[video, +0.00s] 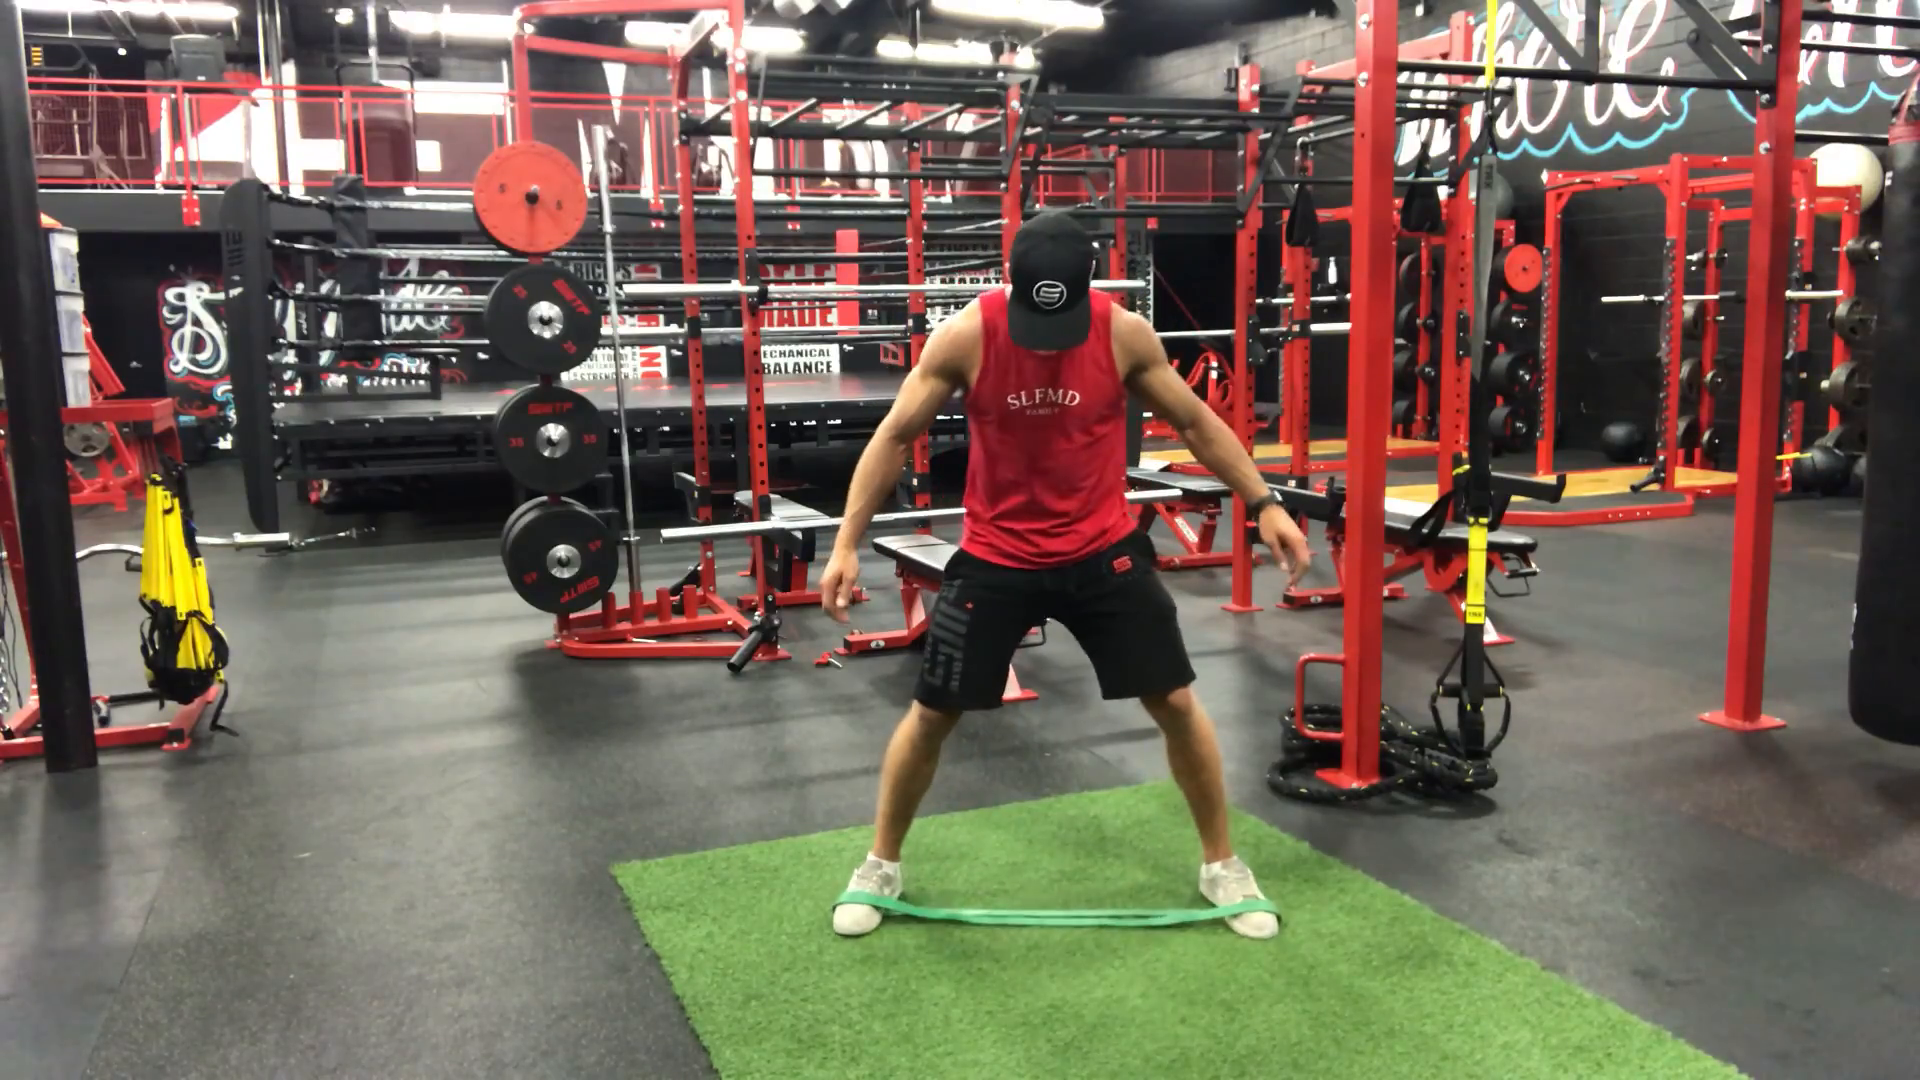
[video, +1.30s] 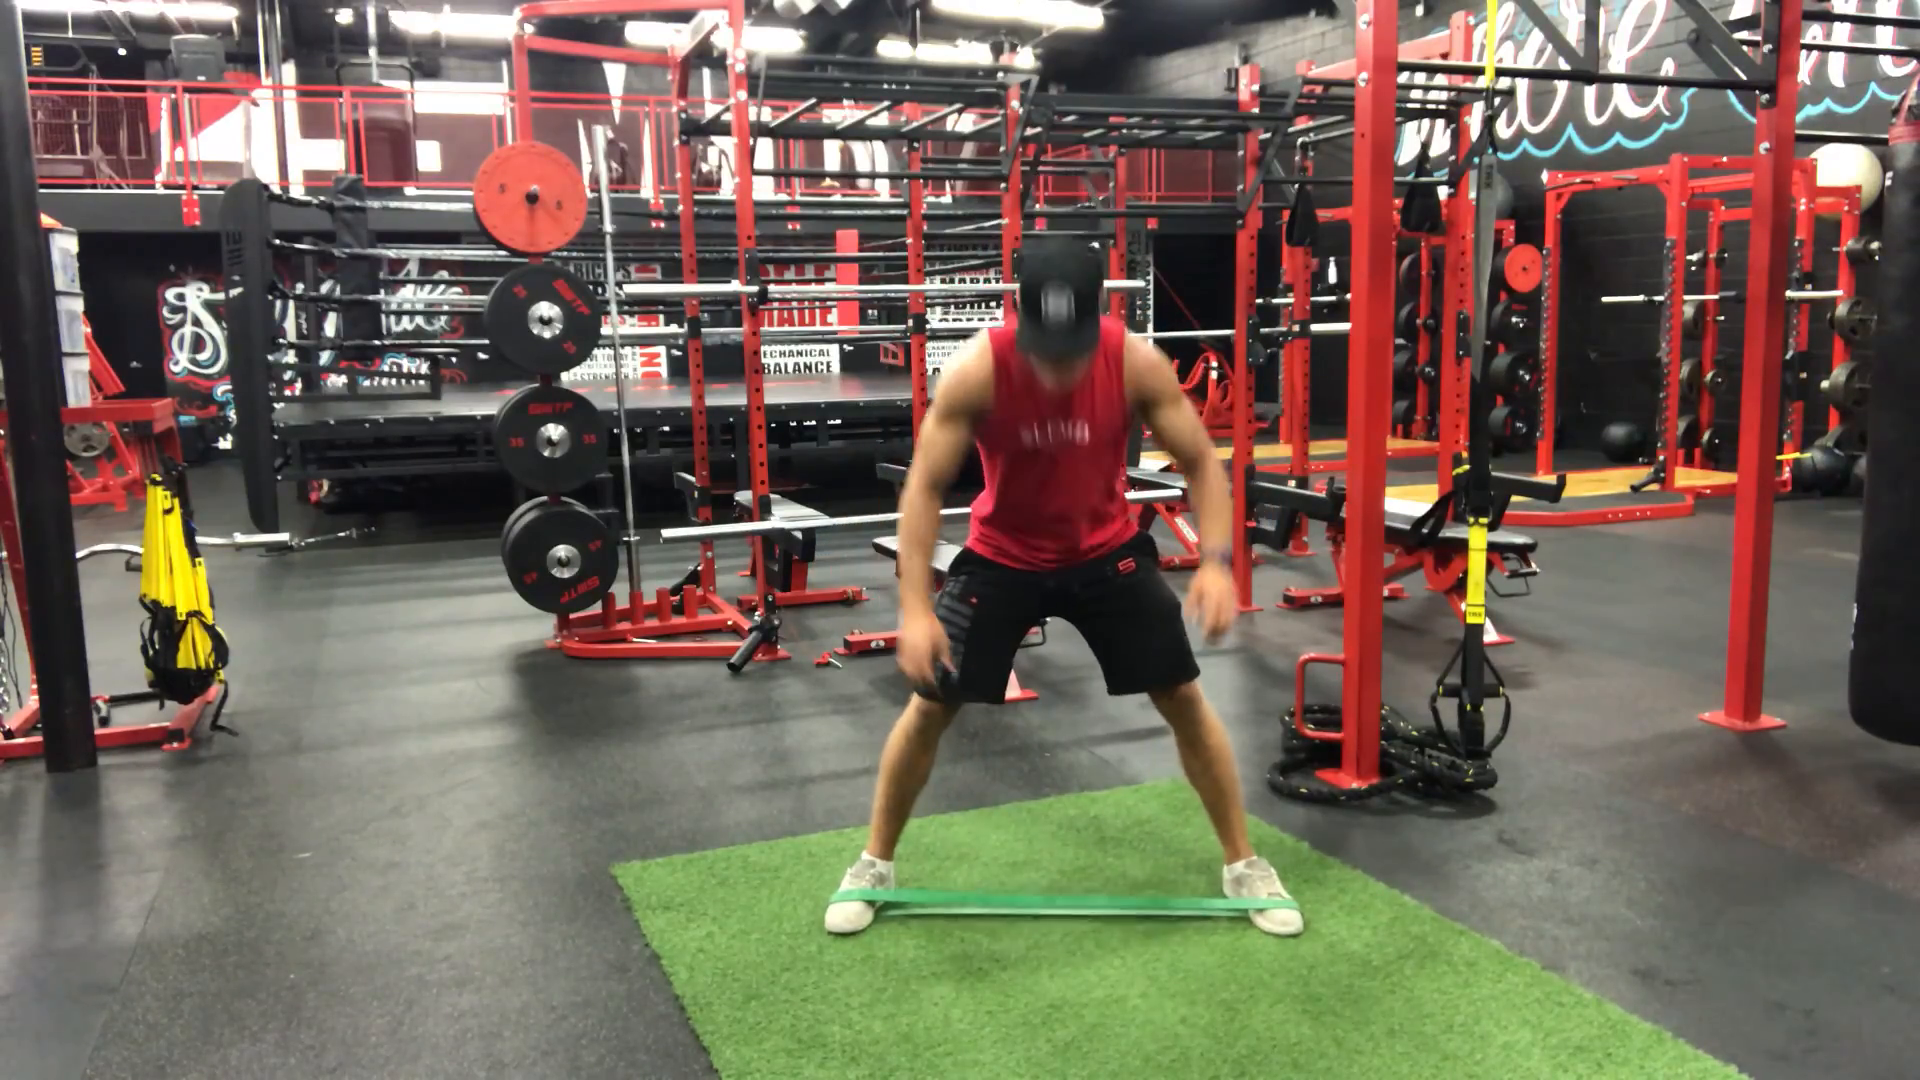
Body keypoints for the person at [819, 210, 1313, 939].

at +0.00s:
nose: (1047, 334)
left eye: (1062, 319)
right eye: (1034, 319)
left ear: (1088, 288)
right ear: (1012, 284)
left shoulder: (1125, 336)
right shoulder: (964, 338)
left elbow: (1197, 422)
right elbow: (892, 437)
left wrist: (1265, 503)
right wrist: (845, 544)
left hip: (1105, 550)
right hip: (995, 554)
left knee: (1176, 702)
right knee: (933, 709)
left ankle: (1222, 863)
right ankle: (881, 863)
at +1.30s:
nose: (1056, 364)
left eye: (1071, 349)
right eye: (1043, 349)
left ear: (1098, 318)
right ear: (1019, 317)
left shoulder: (1137, 363)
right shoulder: (975, 373)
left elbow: (1204, 462)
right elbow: (923, 488)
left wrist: (1215, 561)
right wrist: (914, 608)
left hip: (1110, 557)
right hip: (1001, 559)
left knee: (1183, 697)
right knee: (930, 704)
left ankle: (1242, 862)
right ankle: (874, 863)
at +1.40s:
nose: (1061, 437)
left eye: (1076, 426)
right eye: (1047, 426)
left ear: (1104, 395)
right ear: (1024, 393)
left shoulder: (1143, 412)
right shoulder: (981, 421)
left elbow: (1191, 515)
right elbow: (940, 553)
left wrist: (1193, 622)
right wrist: (952, 677)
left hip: (1109, 564)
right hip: (1000, 567)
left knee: (1187, 696)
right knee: (927, 703)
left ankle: (1243, 864)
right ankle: (873, 861)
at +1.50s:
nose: (1065, 532)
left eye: (1080, 523)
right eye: (1050, 524)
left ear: (1107, 478)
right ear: (1026, 481)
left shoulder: (1143, 458)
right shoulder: (985, 489)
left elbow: (1177, 553)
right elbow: (967, 627)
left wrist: (1168, 657)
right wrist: (984, 748)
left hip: (1112, 566)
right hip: (1005, 572)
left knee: (1192, 694)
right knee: (922, 701)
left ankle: (1243, 863)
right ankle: (872, 860)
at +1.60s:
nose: (1061, 603)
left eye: (1076, 590)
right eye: (1047, 591)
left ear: (1109, 544)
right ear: (1025, 552)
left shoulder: (1145, 501)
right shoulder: (989, 559)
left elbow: (1166, 576)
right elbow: (989, 694)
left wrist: (1150, 671)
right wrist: (1012, 809)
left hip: (1116, 574)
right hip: (1003, 577)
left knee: (1195, 692)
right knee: (922, 703)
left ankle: (1243, 862)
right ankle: (872, 861)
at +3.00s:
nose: (1090, 566)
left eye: (1107, 556)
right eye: (1079, 556)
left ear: (1143, 514)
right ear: (1059, 528)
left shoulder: (1181, 480)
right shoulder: (1027, 542)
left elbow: (1240, 546)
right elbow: (1039, 685)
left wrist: (1233, 643)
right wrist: (1066, 789)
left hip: (1137, 569)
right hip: (1037, 571)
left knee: (1207, 702)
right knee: (955, 698)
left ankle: (1246, 864)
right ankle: (905, 853)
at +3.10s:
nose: (1047, 554)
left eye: (1060, 542)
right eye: (1033, 545)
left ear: (1092, 490)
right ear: (1012, 505)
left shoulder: (1132, 459)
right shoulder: (987, 532)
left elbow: (1209, 497)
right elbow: (1028, 665)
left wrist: (1227, 590)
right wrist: (1069, 769)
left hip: (1113, 567)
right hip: (1013, 581)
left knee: (1189, 702)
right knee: (956, 716)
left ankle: (1243, 863)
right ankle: (925, 866)